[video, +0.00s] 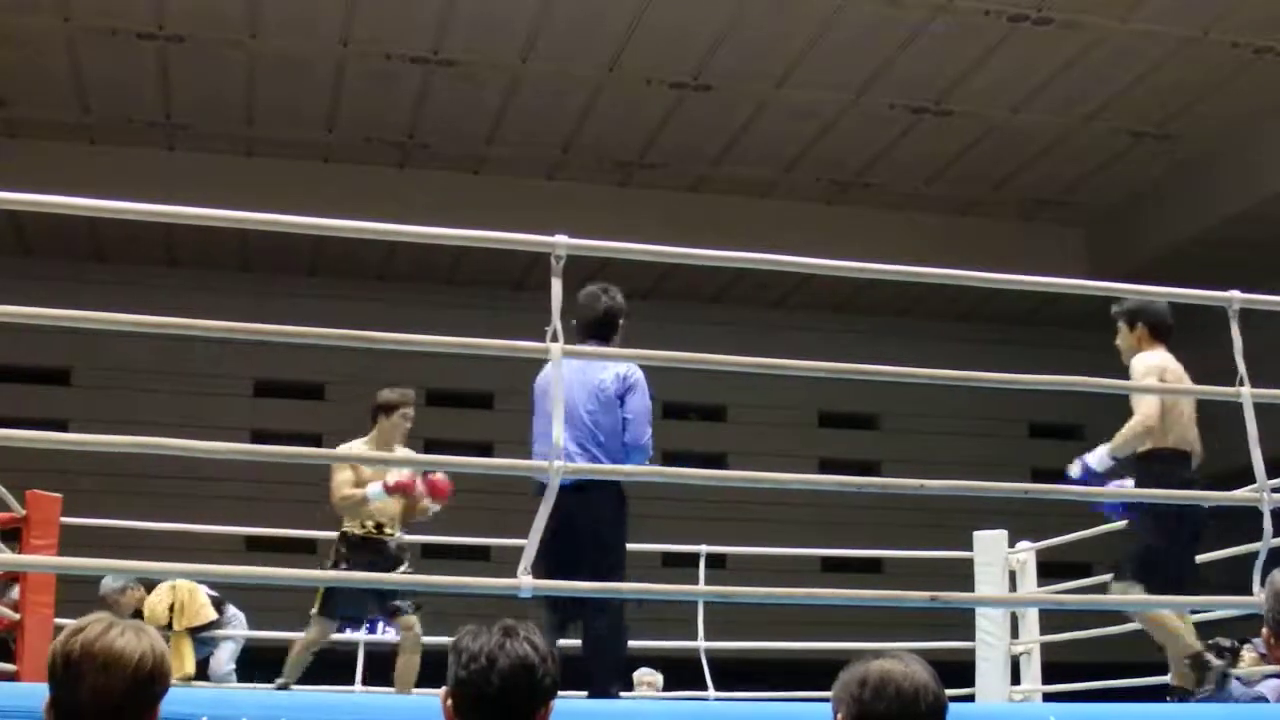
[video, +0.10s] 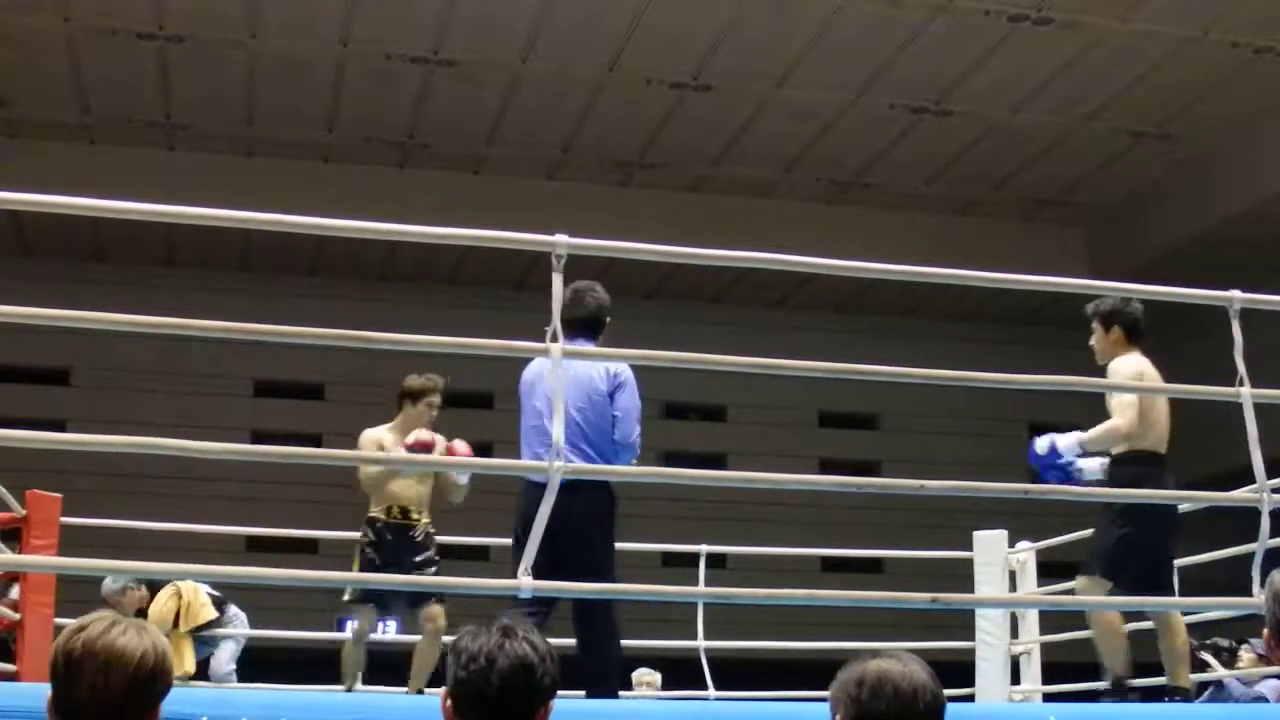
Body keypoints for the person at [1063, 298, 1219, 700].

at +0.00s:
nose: (1117, 341)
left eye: (1120, 331)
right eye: (1116, 332)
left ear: (1140, 330)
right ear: (1155, 332)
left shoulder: (1146, 362)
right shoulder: (1178, 371)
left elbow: (1146, 420)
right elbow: (1192, 451)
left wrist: (1099, 457)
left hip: (1157, 471)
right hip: (1182, 475)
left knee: (1126, 586)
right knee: (1169, 588)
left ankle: (1199, 657)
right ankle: (1182, 685)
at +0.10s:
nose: (1090, 341)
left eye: (1095, 332)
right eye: (1091, 332)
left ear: (1115, 332)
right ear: (1123, 334)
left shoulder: (1124, 367)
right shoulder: (1146, 371)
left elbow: (1125, 424)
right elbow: (1140, 449)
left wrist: (1065, 442)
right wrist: (1084, 469)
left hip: (1133, 488)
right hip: (1156, 489)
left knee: (1092, 586)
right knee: (1161, 599)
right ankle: (1182, 695)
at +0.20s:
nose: (1063, 346)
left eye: (1068, 337)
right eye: (1064, 338)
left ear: (1089, 338)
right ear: (1098, 339)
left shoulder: (1098, 376)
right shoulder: (1119, 377)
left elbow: (1099, 437)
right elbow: (1118, 450)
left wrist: (1044, 434)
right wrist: (1050, 451)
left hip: (1106, 489)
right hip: (1125, 490)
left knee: (1074, 596)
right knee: (1138, 600)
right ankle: (1176, 692)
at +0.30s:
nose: (1033, 351)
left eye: (1038, 343)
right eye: (1034, 342)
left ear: (1059, 345)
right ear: (1064, 345)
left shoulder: (1074, 385)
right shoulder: (1087, 383)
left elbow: (1067, 451)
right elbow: (1081, 449)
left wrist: (1017, 434)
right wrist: (1028, 434)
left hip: (1075, 509)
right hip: (1090, 508)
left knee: (1040, 603)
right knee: (1093, 607)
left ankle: (1030, 700)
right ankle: (1159, 686)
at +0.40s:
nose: (1004, 354)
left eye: (1009, 345)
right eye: (1004, 345)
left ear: (1030, 347)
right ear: (1036, 347)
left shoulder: (1045, 390)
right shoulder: (1062, 388)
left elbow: (1035, 455)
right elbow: (1048, 452)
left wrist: (991, 436)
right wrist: (1001, 433)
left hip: (1047, 509)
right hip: (1062, 507)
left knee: (1016, 603)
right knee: (1038, 609)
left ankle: (1027, 698)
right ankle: (1113, 667)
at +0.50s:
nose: (979, 354)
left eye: (982, 345)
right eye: (979, 345)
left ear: (1003, 346)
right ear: (1012, 345)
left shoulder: (1022, 385)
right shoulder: (1034, 383)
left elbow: (1009, 449)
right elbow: (1025, 444)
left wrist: (965, 430)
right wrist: (983, 428)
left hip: (1028, 503)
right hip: (1030, 501)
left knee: (1002, 601)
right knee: (990, 598)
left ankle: (1027, 694)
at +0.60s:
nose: (955, 356)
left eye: (959, 347)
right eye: (956, 347)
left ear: (980, 347)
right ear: (987, 346)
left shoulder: (997, 384)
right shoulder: (1009, 382)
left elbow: (978, 449)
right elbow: (990, 441)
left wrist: (944, 416)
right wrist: (960, 414)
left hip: (1008, 501)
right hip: (1002, 499)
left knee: (989, 601)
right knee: (967, 597)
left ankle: (1024, 698)